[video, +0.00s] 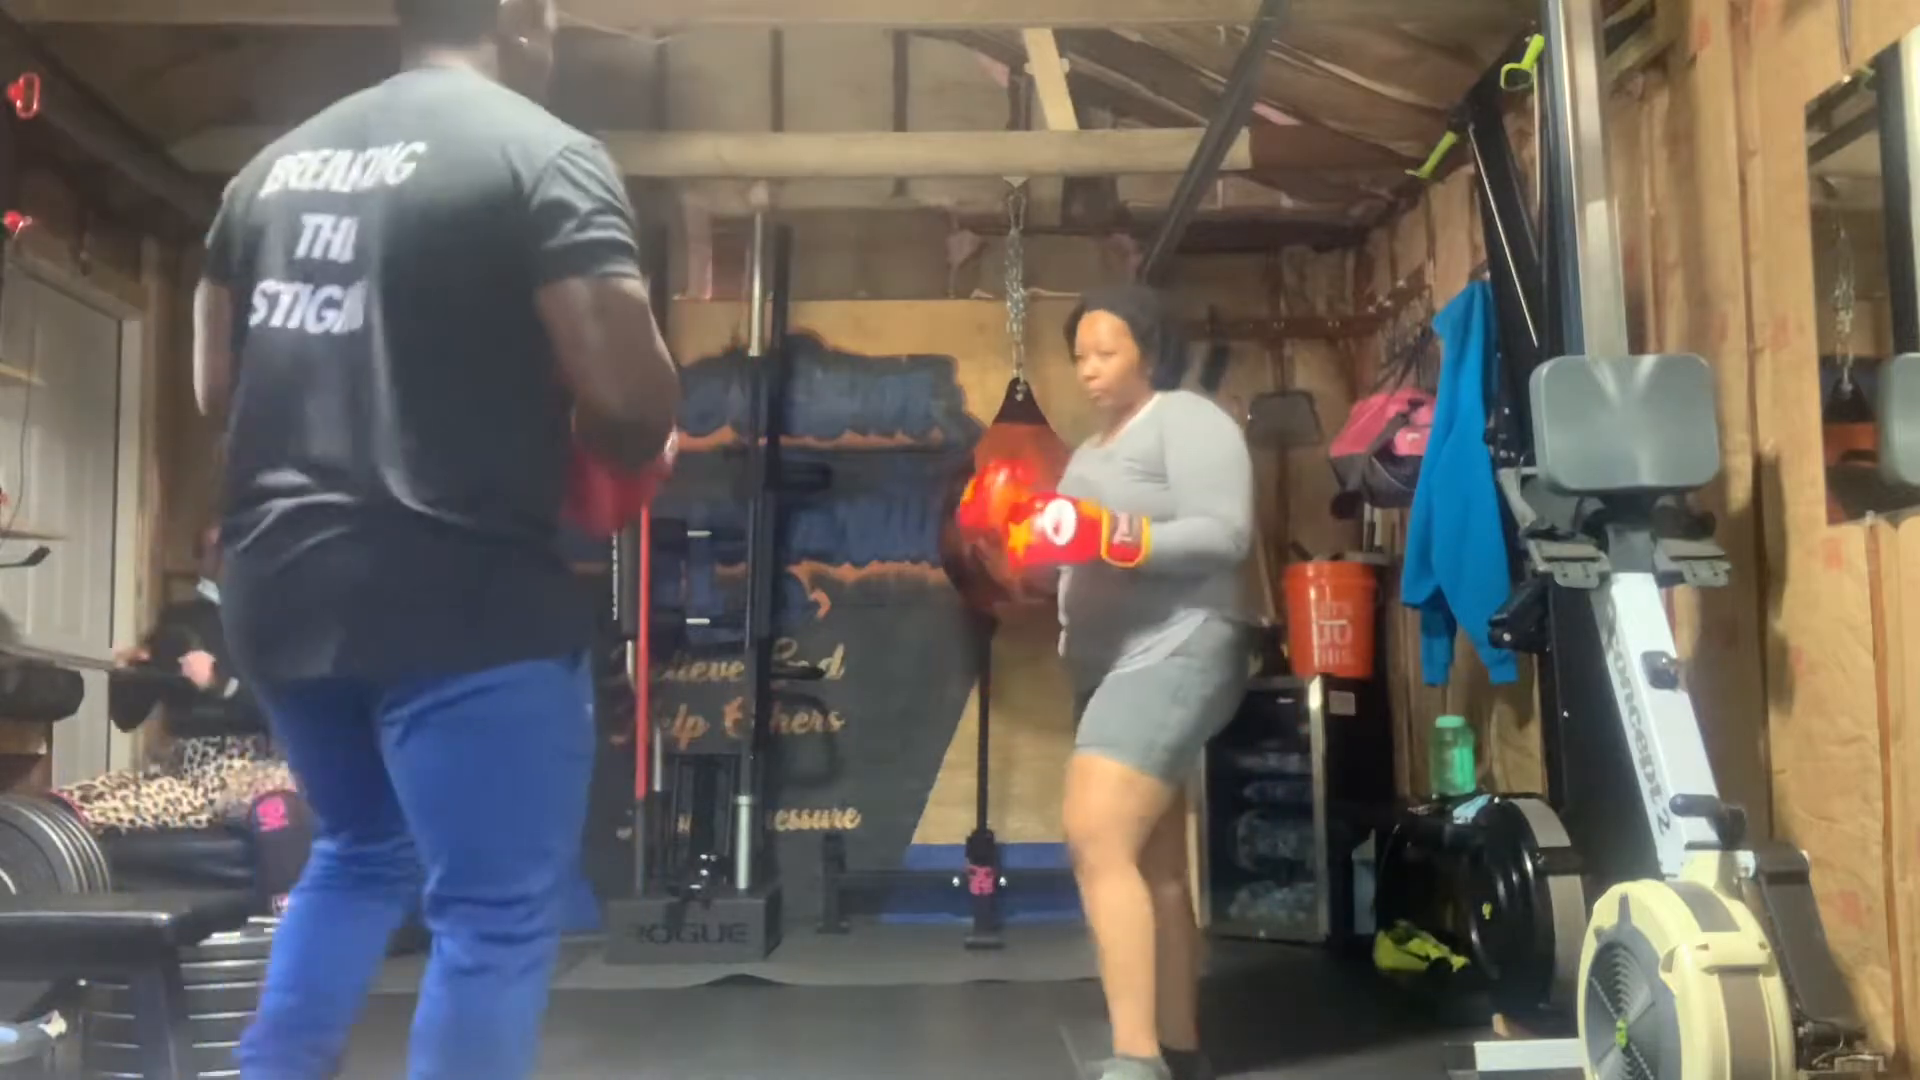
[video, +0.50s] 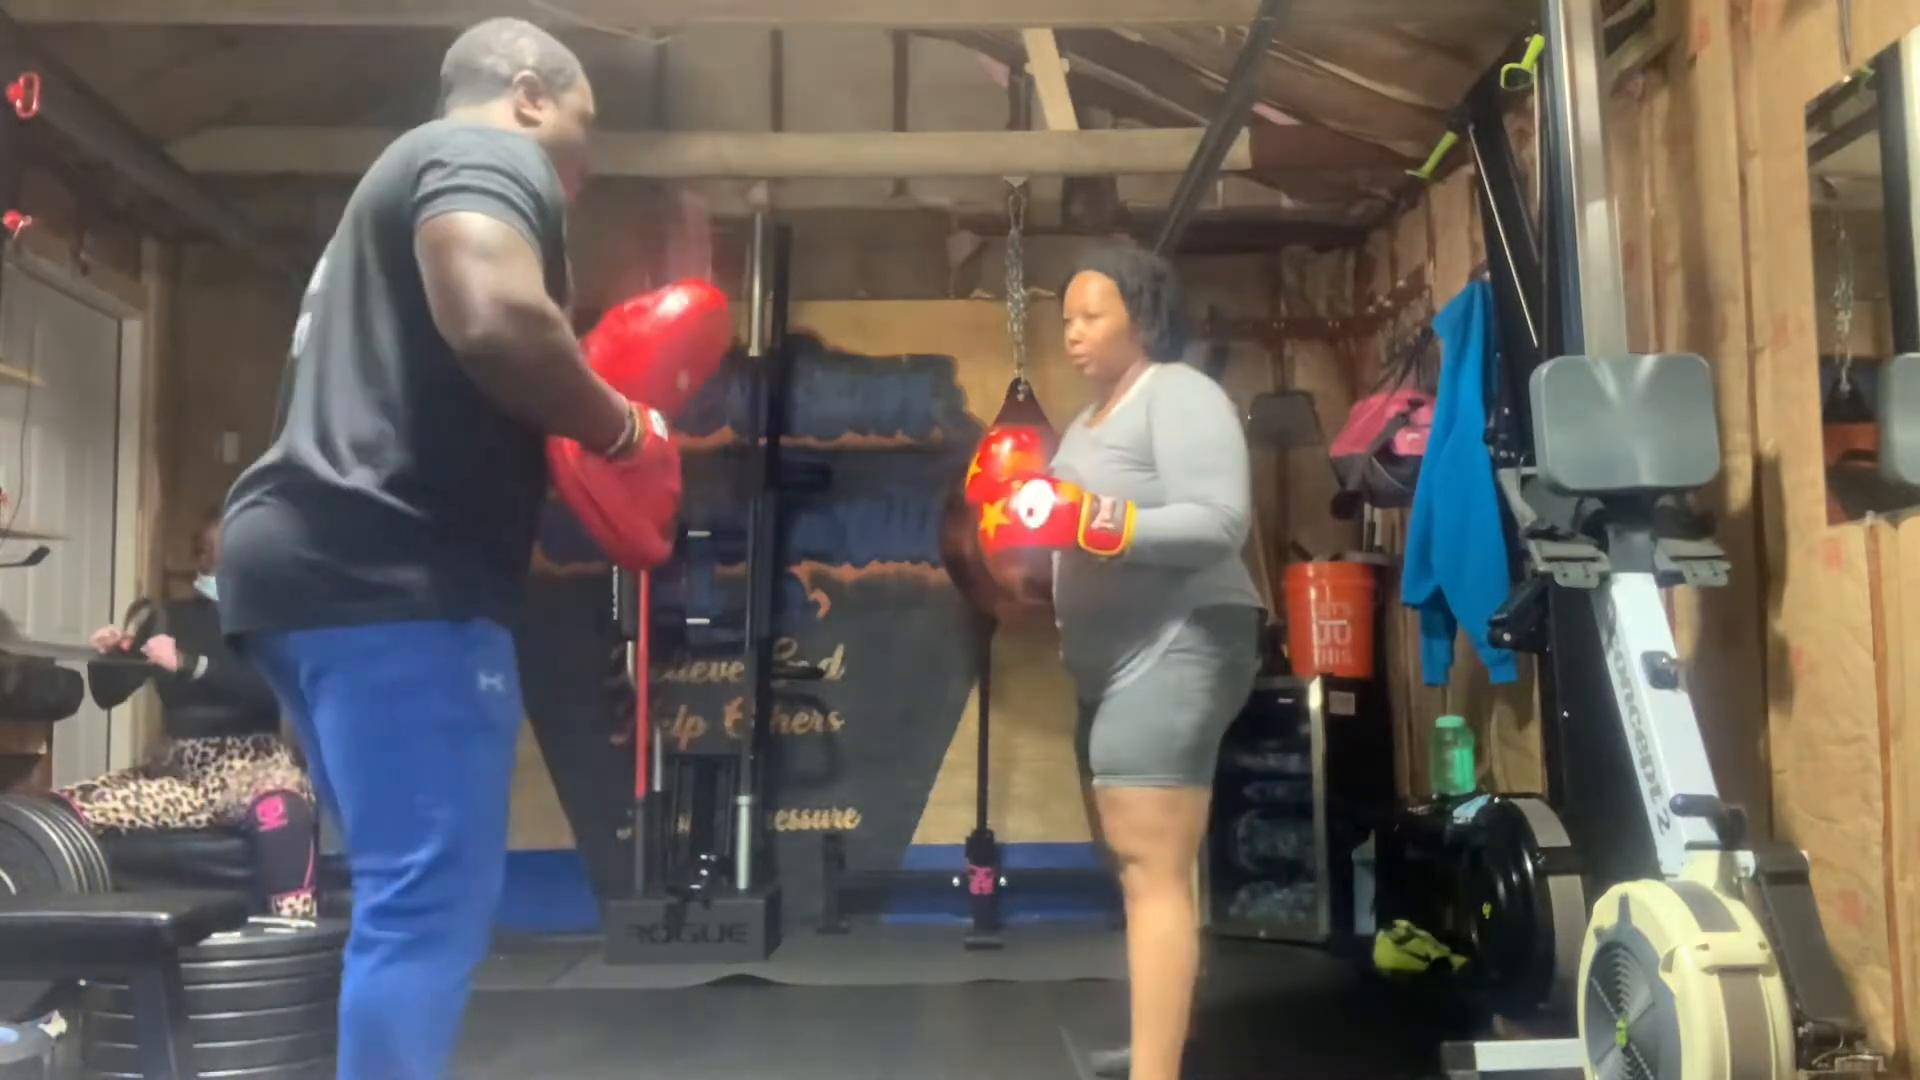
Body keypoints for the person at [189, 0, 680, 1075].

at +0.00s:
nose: (556, 34)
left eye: (553, 19)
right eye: (551, 19)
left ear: (406, 29)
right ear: (519, 23)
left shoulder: (266, 171)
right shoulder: (544, 151)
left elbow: (215, 389)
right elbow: (629, 395)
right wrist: (634, 447)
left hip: (280, 585)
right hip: (463, 586)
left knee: (359, 854)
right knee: (493, 924)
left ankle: (270, 1071)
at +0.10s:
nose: (575, 49)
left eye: (571, 31)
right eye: (568, 28)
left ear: (434, 33)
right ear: (529, 23)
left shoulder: (294, 165)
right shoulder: (540, 140)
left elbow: (219, 377)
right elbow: (607, 371)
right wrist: (649, 443)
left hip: (284, 566)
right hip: (453, 565)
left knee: (366, 876)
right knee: (470, 917)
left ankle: (337, 1075)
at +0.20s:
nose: (578, 92)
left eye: (580, 71)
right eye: (575, 67)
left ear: (447, 51)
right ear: (532, 47)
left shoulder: (319, 180)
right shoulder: (523, 150)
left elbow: (248, 397)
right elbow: (587, 357)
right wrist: (656, 447)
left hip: (285, 566)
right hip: (436, 557)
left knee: (386, 890)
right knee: (471, 922)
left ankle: (379, 1074)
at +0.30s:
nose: (574, 131)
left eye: (579, 109)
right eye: (574, 105)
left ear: (452, 82)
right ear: (531, 77)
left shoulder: (348, 197)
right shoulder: (498, 153)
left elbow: (380, 393)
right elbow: (547, 338)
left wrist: (542, 462)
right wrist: (646, 453)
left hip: (282, 557)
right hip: (415, 550)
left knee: (393, 886)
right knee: (476, 919)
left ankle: (380, 1072)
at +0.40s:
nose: (582, 143)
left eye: (586, 121)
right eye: (581, 116)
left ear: (463, 92)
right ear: (531, 88)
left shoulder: (396, 178)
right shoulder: (493, 148)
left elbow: (414, 388)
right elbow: (507, 320)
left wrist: (562, 439)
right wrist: (630, 436)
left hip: (287, 545)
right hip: (400, 548)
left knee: (387, 892)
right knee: (452, 909)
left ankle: (383, 1073)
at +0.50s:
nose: (580, 160)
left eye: (586, 136)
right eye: (579, 128)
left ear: (471, 97)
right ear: (527, 94)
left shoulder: (402, 175)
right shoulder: (476, 149)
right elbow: (492, 319)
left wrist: (575, 406)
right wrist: (620, 428)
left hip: (308, 558)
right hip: (388, 562)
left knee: (405, 899)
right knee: (426, 906)